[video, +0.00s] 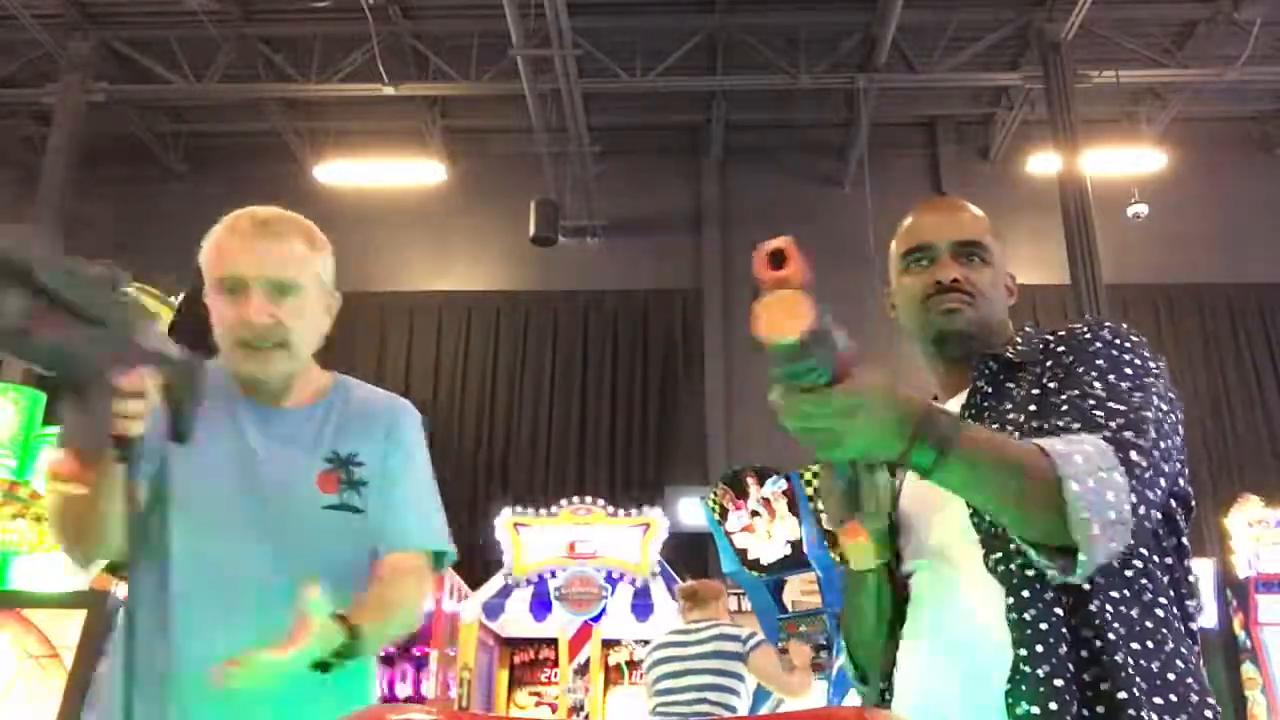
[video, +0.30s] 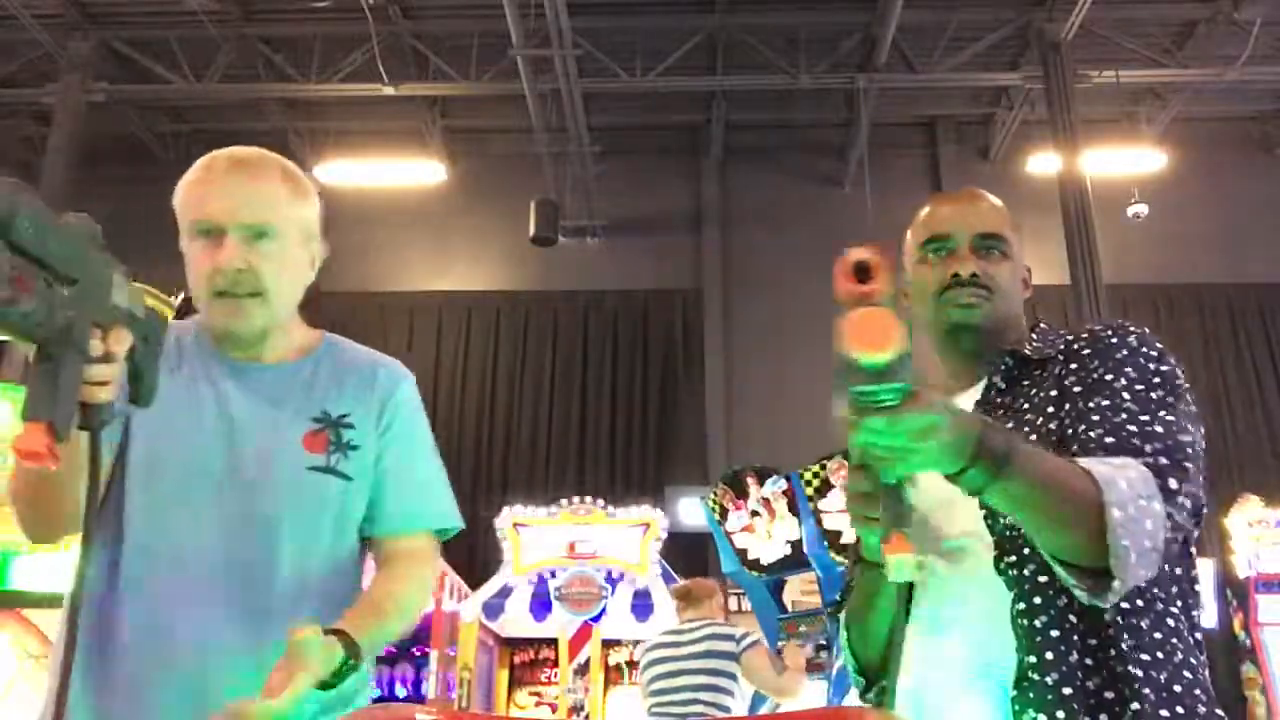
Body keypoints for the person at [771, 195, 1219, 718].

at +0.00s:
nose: (947, 271)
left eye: (971, 256)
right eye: (919, 261)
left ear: (1009, 286)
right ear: (892, 302)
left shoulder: (1099, 352)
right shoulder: (900, 434)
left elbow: (1098, 515)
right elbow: (879, 669)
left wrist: (919, 434)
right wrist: (856, 515)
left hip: (1098, 701)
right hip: (938, 705)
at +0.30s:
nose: (965, 267)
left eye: (990, 250)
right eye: (937, 251)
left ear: (1026, 282)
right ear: (906, 292)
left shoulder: (1117, 358)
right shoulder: (901, 421)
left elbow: (1131, 537)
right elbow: (872, 663)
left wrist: (976, 451)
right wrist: (880, 536)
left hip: (1118, 699)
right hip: (944, 706)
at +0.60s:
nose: (948, 270)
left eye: (973, 253)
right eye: (919, 257)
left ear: (1007, 279)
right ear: (890, 296)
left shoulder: (1128, 373)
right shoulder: (883, 466)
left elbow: (1264, 522)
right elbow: (866, 650)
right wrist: (913, 525)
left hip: (1149, 704)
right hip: (962, 706)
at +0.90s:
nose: (955, 268)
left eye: (980, 253)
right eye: (926, 255)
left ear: (1013, 284)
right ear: (893, 296)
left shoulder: (1129, 390)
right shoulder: (875, 456)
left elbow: (1250, 575)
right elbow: (865, 659)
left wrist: (1262, 681)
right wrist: (841, 539)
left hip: (1138, 705)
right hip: (947, 708)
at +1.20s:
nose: (960, 266)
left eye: (985, 249)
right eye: (931, 251)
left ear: (1024, 279)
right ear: (904, 293)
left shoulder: (1121, 381)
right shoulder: (889, 465)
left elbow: (1245, 531)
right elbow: (869, 664)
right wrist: (916, 536)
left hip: (1135, 702)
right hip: (957, 706)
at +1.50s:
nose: (945, 266)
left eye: (973, 245)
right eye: (916, 247)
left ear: (1004, 268)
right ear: (884, 288)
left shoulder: (1090, 356)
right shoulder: (894, 426)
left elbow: (1167, 534)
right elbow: (852, 654)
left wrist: (1030, 437)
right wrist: (873, 538)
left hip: (1108, 697)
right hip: (935, 704)